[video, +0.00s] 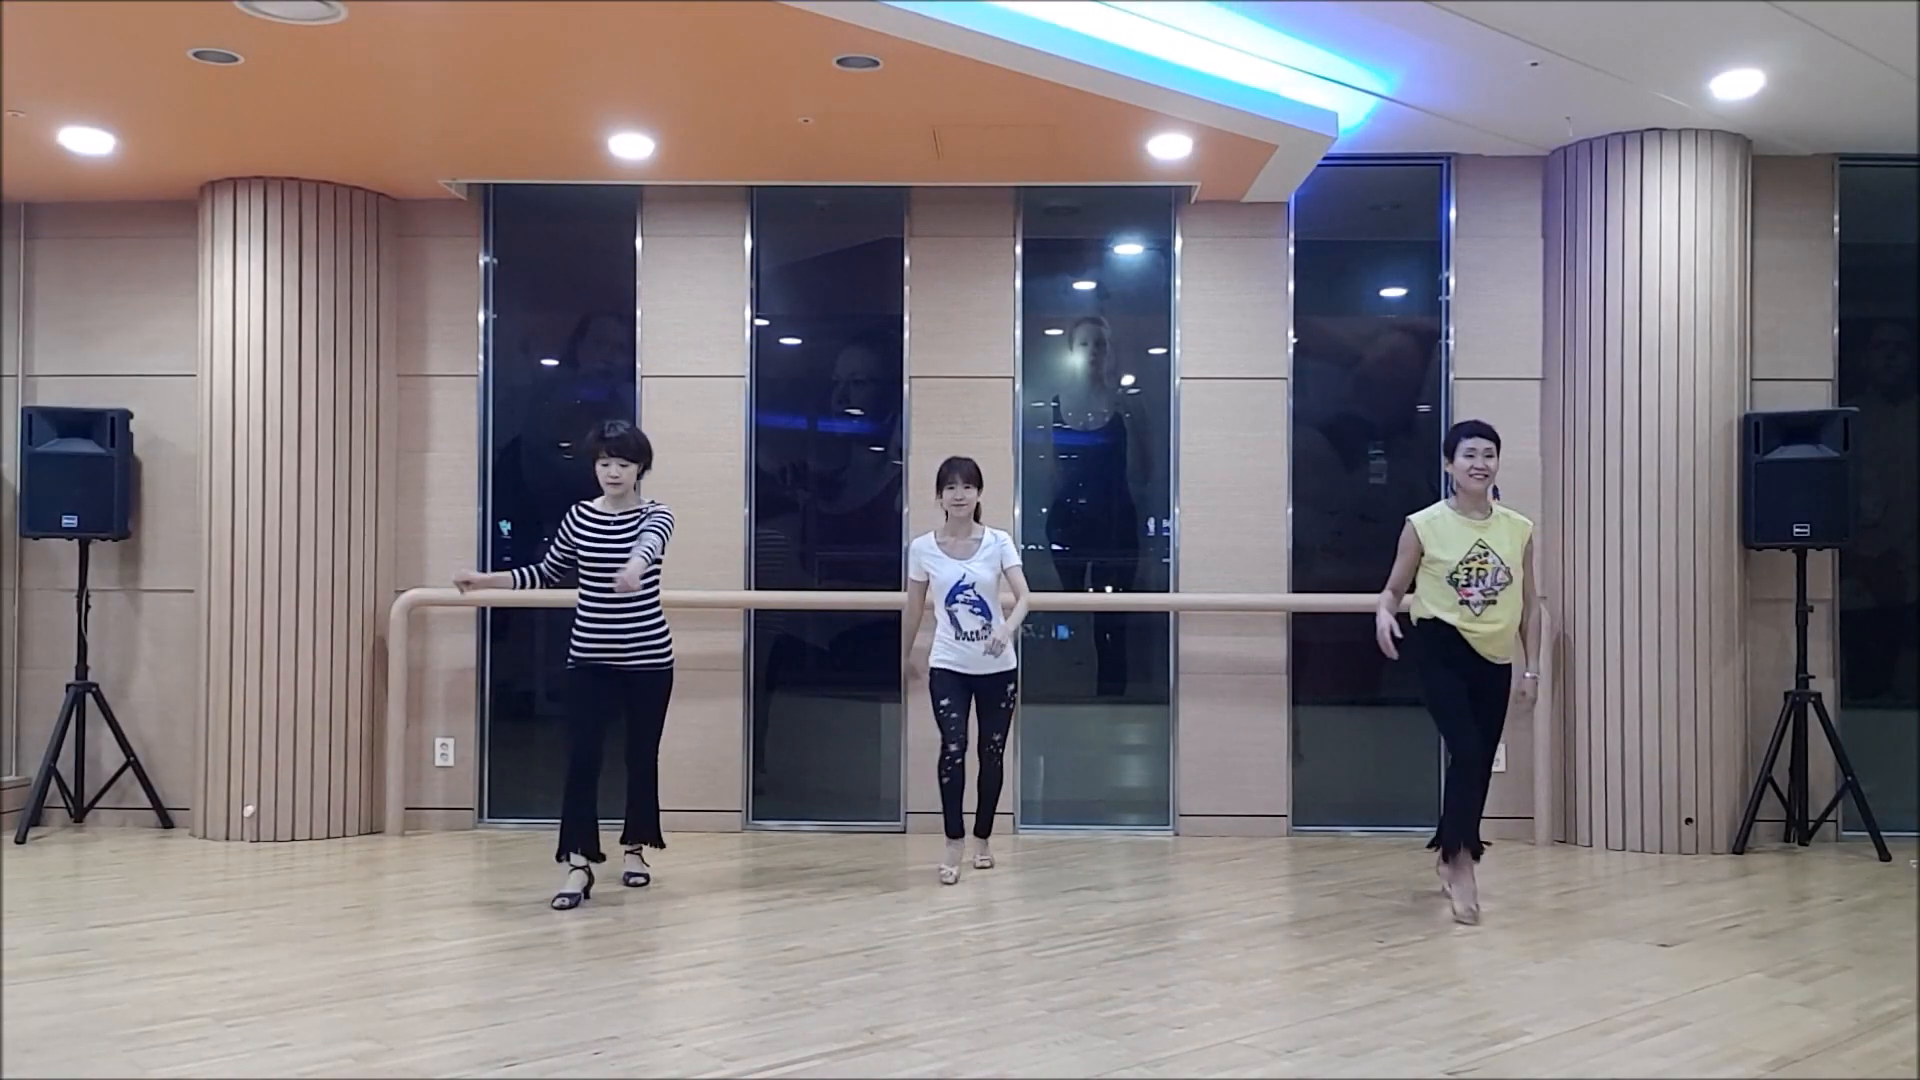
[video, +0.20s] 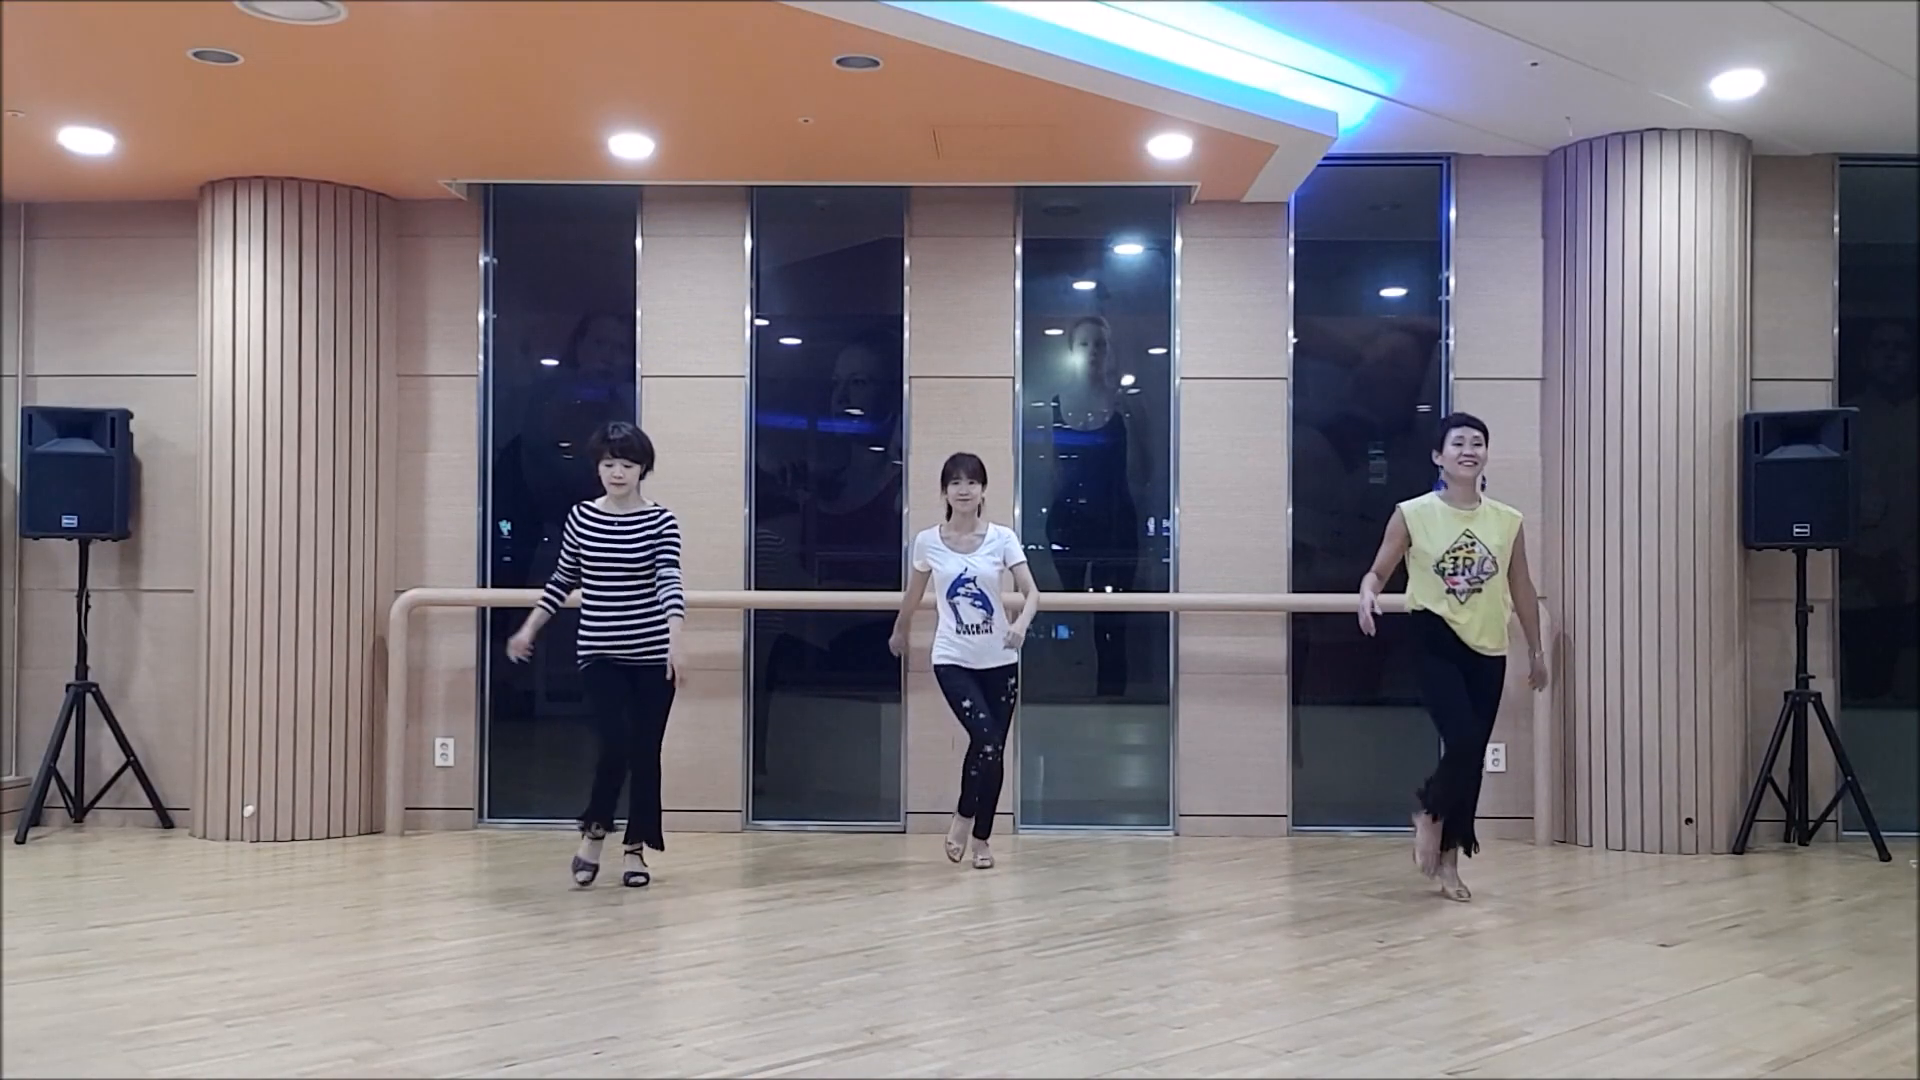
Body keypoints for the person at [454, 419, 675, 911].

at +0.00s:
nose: (613, 470)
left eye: (623, 463)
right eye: (605, 462)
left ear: (640, 468)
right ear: (595, 466)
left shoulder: (656, 515)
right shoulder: (580, 516)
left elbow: (648, 545)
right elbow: (547, 570)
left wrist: (632, 567)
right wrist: (489, 579)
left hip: (647, 657)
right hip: (589, 656)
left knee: (642, 756)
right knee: (583, 756)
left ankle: (635, 850)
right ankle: (577, 866)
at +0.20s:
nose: (616, 470)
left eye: (626, 462)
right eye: (608, 462)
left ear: (643, 467)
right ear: (597, 466)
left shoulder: (660, 521)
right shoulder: (581, 517)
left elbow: (669, 582)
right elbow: (562, 579)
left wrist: (675, 642)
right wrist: (528, 630)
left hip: (651, 654)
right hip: (599, 654)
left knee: (645, 753)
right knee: (615, 746)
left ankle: (635, 850)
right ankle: (593, 837)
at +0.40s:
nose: (618, 470)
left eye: (628, 462)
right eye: (610, 462)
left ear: (644, 468)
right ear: (599, 467)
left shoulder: (662, 521)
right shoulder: (584, 518)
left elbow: (669, 591)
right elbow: (576, 585)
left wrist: (675, 656)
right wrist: (572, 643)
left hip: (651, 653)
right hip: (602, 655)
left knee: (648, 752)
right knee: (634, 748)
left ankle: (635, 850)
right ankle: (614, 847)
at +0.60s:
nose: (624, 468)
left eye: (634, 460)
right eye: (617, 461)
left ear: (652, 467)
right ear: (606, 468)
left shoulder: (675, 520)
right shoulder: (594, 522)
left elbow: (710, 572)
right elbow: (574, 587)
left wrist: (744, 619)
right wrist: (537, 633)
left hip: (652, 657)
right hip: (595, 653)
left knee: (642, 756)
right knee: (580, 744)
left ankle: (634, 851)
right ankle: (562, 837)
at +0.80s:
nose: (628, 470)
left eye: (637, 462)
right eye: (620, 463)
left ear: (656, 470)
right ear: (611, 471)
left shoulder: (679, 521)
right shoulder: (599, 525)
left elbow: (733, 557)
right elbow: (565, 583)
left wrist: (766, 548)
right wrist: (509, 596)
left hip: (644, 661)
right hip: (587, 654)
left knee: (626, 759)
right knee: (552, 748)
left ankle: (633, 856)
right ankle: (516, 850)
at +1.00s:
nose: (629, 463)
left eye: (639, 457)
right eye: (621, 456)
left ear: (656, 467)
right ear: (611, 465)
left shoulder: (671, 522)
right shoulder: (592, 517)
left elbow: (701, 591)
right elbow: (562, 577)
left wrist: (696, 571)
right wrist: (515, 601)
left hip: (657, 653)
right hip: (602, 652)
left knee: (649, 756)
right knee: (601, 747)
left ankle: (635, 851)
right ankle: (574, 840)